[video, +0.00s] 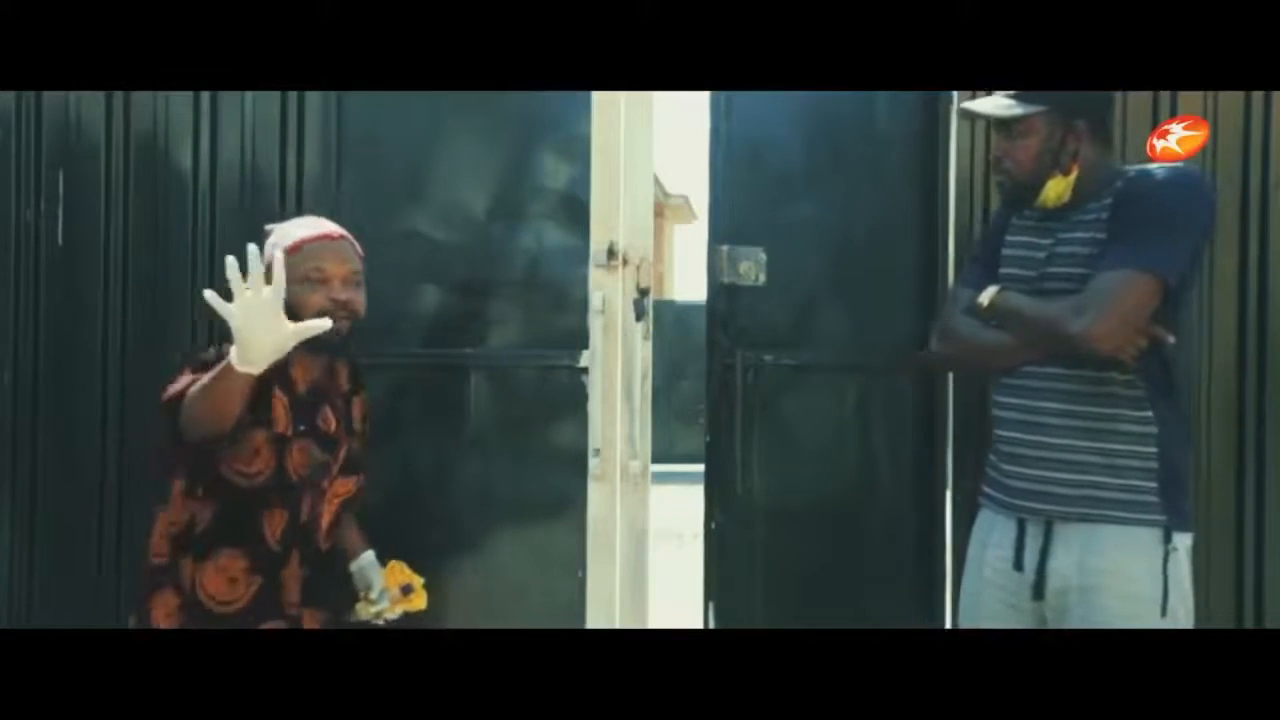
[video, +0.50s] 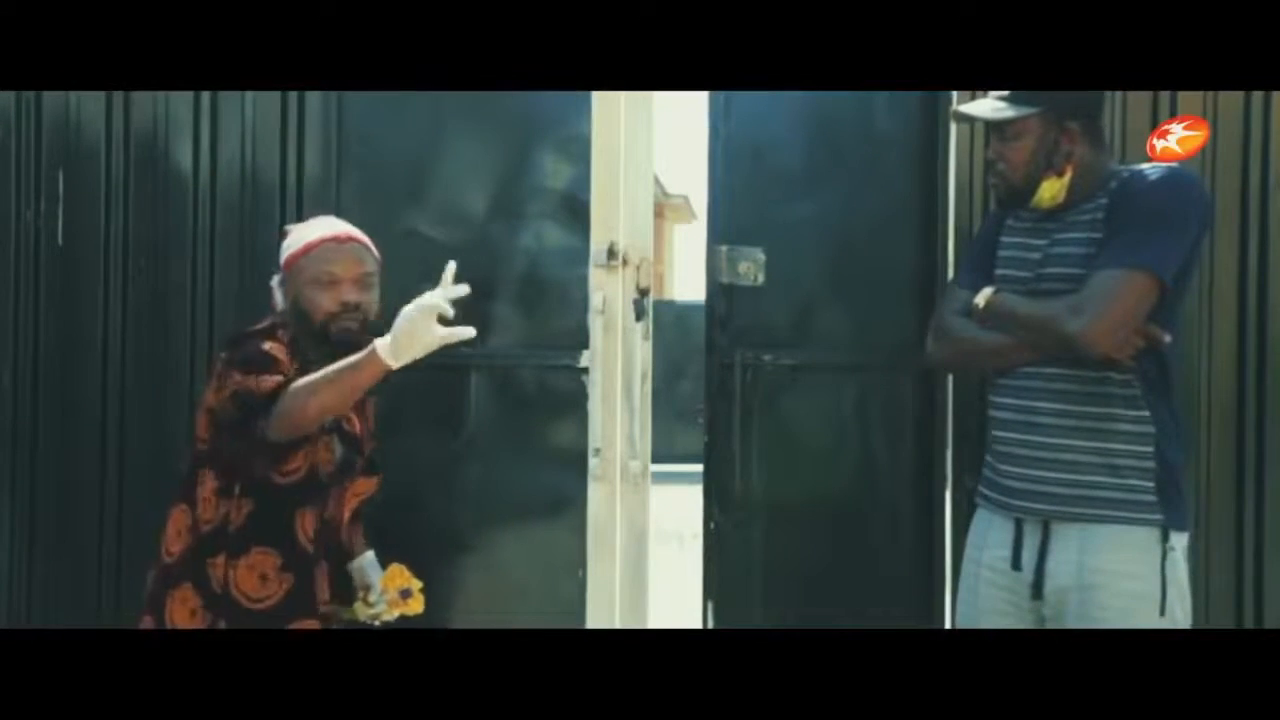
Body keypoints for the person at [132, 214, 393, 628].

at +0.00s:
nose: (340, 296)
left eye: (353, 281)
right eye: (315, 281)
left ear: (366, 292)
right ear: (273, 291)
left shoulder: (344, 382)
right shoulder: (223, 369)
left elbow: (336, 500)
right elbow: (196, 427)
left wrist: (369, 575)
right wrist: (246, 363)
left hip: (300, 603)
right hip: (206, 603)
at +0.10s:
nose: (356, 297)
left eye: (366, 284)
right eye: (338, 285)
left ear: (376, 290)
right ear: (294, 289)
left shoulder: (342, 378)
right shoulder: (242, 364)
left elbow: (333, 492)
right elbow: (228, 420)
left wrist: (360, 571)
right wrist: (289, 362)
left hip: (294, 590)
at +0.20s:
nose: (364, 300)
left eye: (371, 284)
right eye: (339, 286)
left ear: (379, 290)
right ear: (301, 295)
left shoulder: (345, 378)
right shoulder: (250, 359)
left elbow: (329, 495)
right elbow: (254, 416)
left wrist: (356, 572)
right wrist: (328, 361)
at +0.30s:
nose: (353, 300)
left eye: (363, 285)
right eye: (335, 284)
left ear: (376, 289)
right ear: (293, 288)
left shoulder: (345, 369)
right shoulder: (252, 354)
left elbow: (329, 497)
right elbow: (277, 413)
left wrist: (352, 569)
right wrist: (357, 355)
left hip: (303, 586)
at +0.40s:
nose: (354, 299)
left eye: (367, 283)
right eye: (330, 283)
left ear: (382, 290)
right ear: (288, 294)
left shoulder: (352, 368)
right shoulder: (254, 356)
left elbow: (334, 491)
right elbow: (286, 412)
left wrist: (354, 567)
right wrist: (391, 352)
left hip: (298, 604)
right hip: (214, 607)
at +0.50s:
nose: (351, 299)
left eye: (364, 283)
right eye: (327, 283)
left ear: (380, 292)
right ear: (286, 294)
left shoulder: (356, 370)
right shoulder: (254, 357)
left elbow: (342, 497)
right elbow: (278, 419)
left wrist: (367, 575)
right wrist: (389, 352)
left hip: (306, 600)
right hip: (220, 605)